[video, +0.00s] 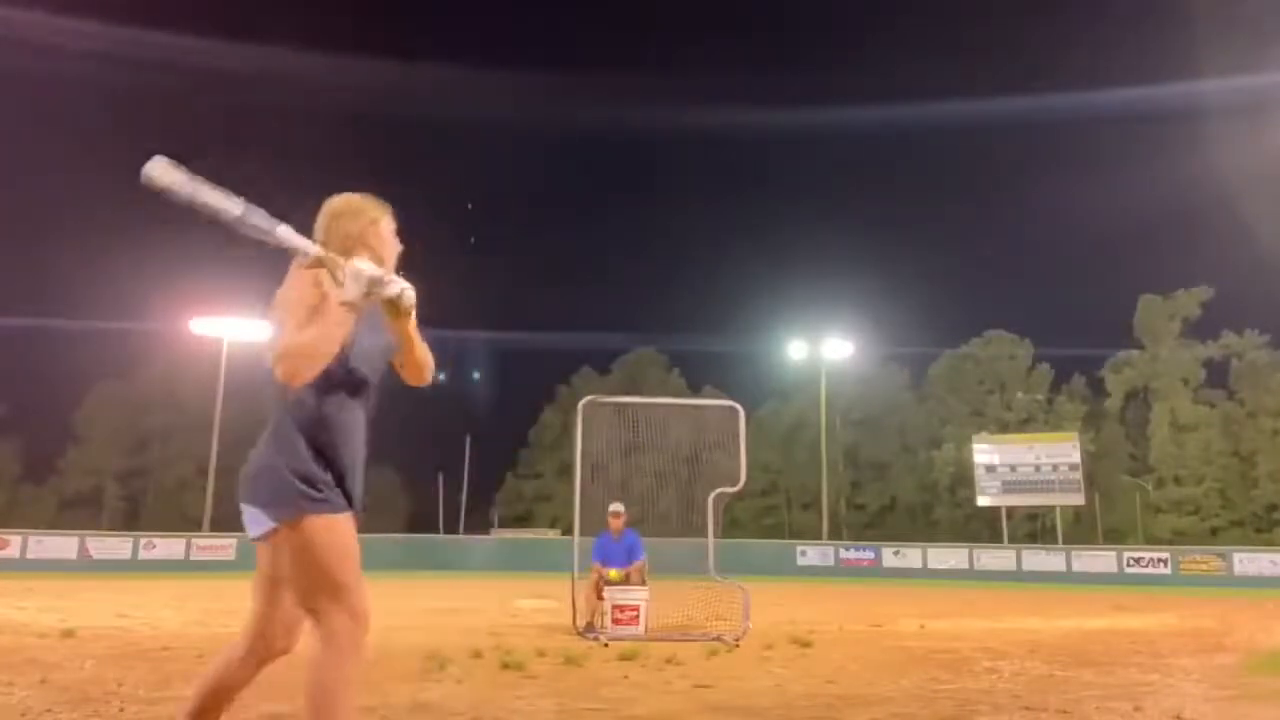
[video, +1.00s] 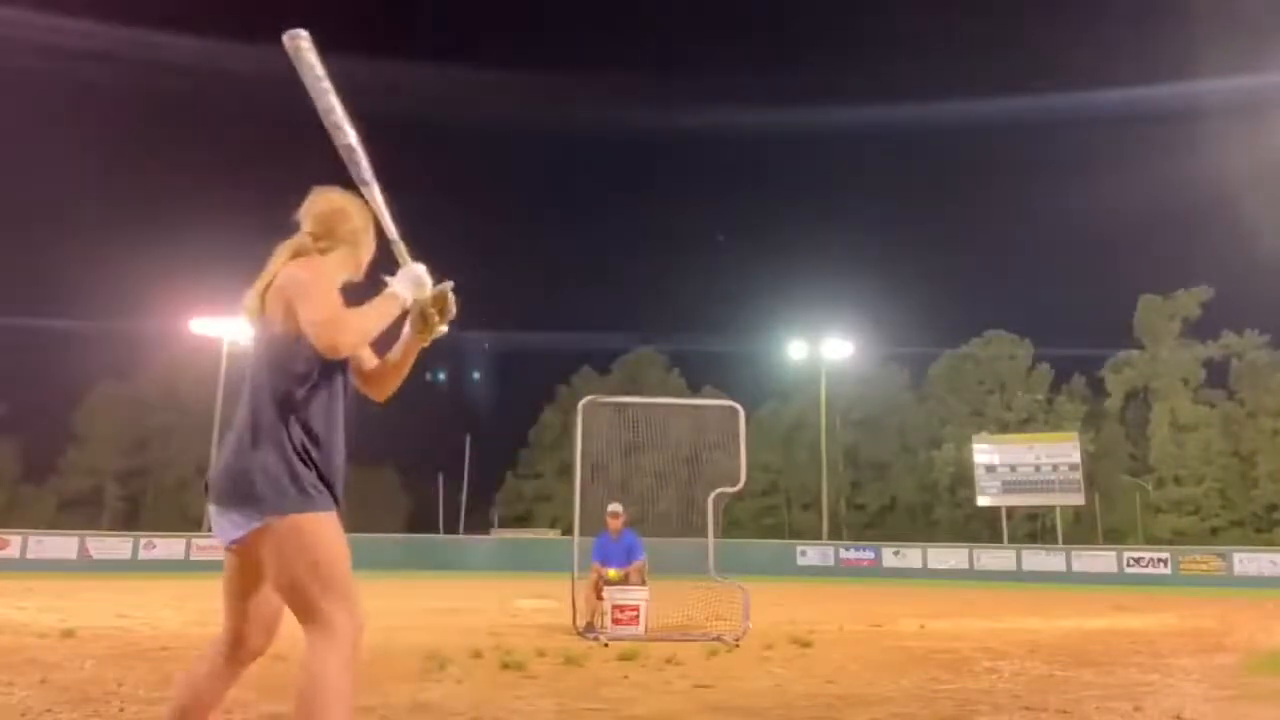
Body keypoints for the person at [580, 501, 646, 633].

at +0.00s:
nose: (615, 520)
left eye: (619, 516)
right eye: (612, 516)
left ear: (625, 518)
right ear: (608, 518)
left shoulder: (632, 537)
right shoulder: (601, 538)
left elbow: (640, 560)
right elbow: (595, 562)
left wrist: (625, 571)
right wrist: (605, 572)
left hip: (626, 571)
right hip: (607, 572)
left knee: (636, 573)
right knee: (593, 579)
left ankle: (635, 618)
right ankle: (589, 621)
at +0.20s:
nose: (615, 520)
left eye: (619, 516)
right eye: (612, 516)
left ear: (625, 518)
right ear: (608, 518)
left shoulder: (632, 537)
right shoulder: (601, 538)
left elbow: (640, 560)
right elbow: (595, 562)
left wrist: (625, 571)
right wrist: (605, 572)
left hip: (626, 571)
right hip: (607, 572)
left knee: (636, 573)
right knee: (593, 579)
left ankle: (635, 619)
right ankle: (589, 621)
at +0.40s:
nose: (615, 520)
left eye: (618, 516)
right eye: (612, 516)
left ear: (624, 518)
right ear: (607, 518)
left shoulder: (632, 537)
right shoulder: (601, 538)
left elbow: (640, 560)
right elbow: (595, 562)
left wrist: (625, 571)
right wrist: (604, 572)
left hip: (626, 571)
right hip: (607, 571)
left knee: (636, 573)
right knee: (593, 579)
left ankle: (635, 619)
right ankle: (589, 621)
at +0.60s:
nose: (615, 520)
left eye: (618, 516)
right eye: (612, 516)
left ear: (624, 518)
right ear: (607, 518)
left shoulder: (632, 537)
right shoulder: (601, 538)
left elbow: (640, 560)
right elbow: (595, 562)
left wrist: (625, 571)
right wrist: (604, 572)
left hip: (626, 571)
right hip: (607, 571)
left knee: (636, 573)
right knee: (593, 579)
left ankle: (635, 619)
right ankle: (589, 621)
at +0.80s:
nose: (614, 520)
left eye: (618, 516)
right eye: (611, 516)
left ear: (624, 518)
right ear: (607, 519)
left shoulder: (632, 537)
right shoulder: (601, 538)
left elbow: (640, 560)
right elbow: (595, 562)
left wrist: (625, 571)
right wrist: (604, 572)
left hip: (625, 571)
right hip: (607, 571)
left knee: (636, 573)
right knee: (593, 579)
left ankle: (635, 619)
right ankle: (589, 621)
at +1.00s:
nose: (614, 521)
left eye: (617, 517)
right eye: (611, 517)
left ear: (623, 518)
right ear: (606, 519)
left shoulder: (631, 537)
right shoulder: (601, 539)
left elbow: (640, 560)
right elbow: (595, 562)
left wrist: (624, 571)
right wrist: (603, 572)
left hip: (625, 571)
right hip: (607, 571)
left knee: (635, 574)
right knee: (593, 579)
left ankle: (635, 619)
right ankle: (589, 621)